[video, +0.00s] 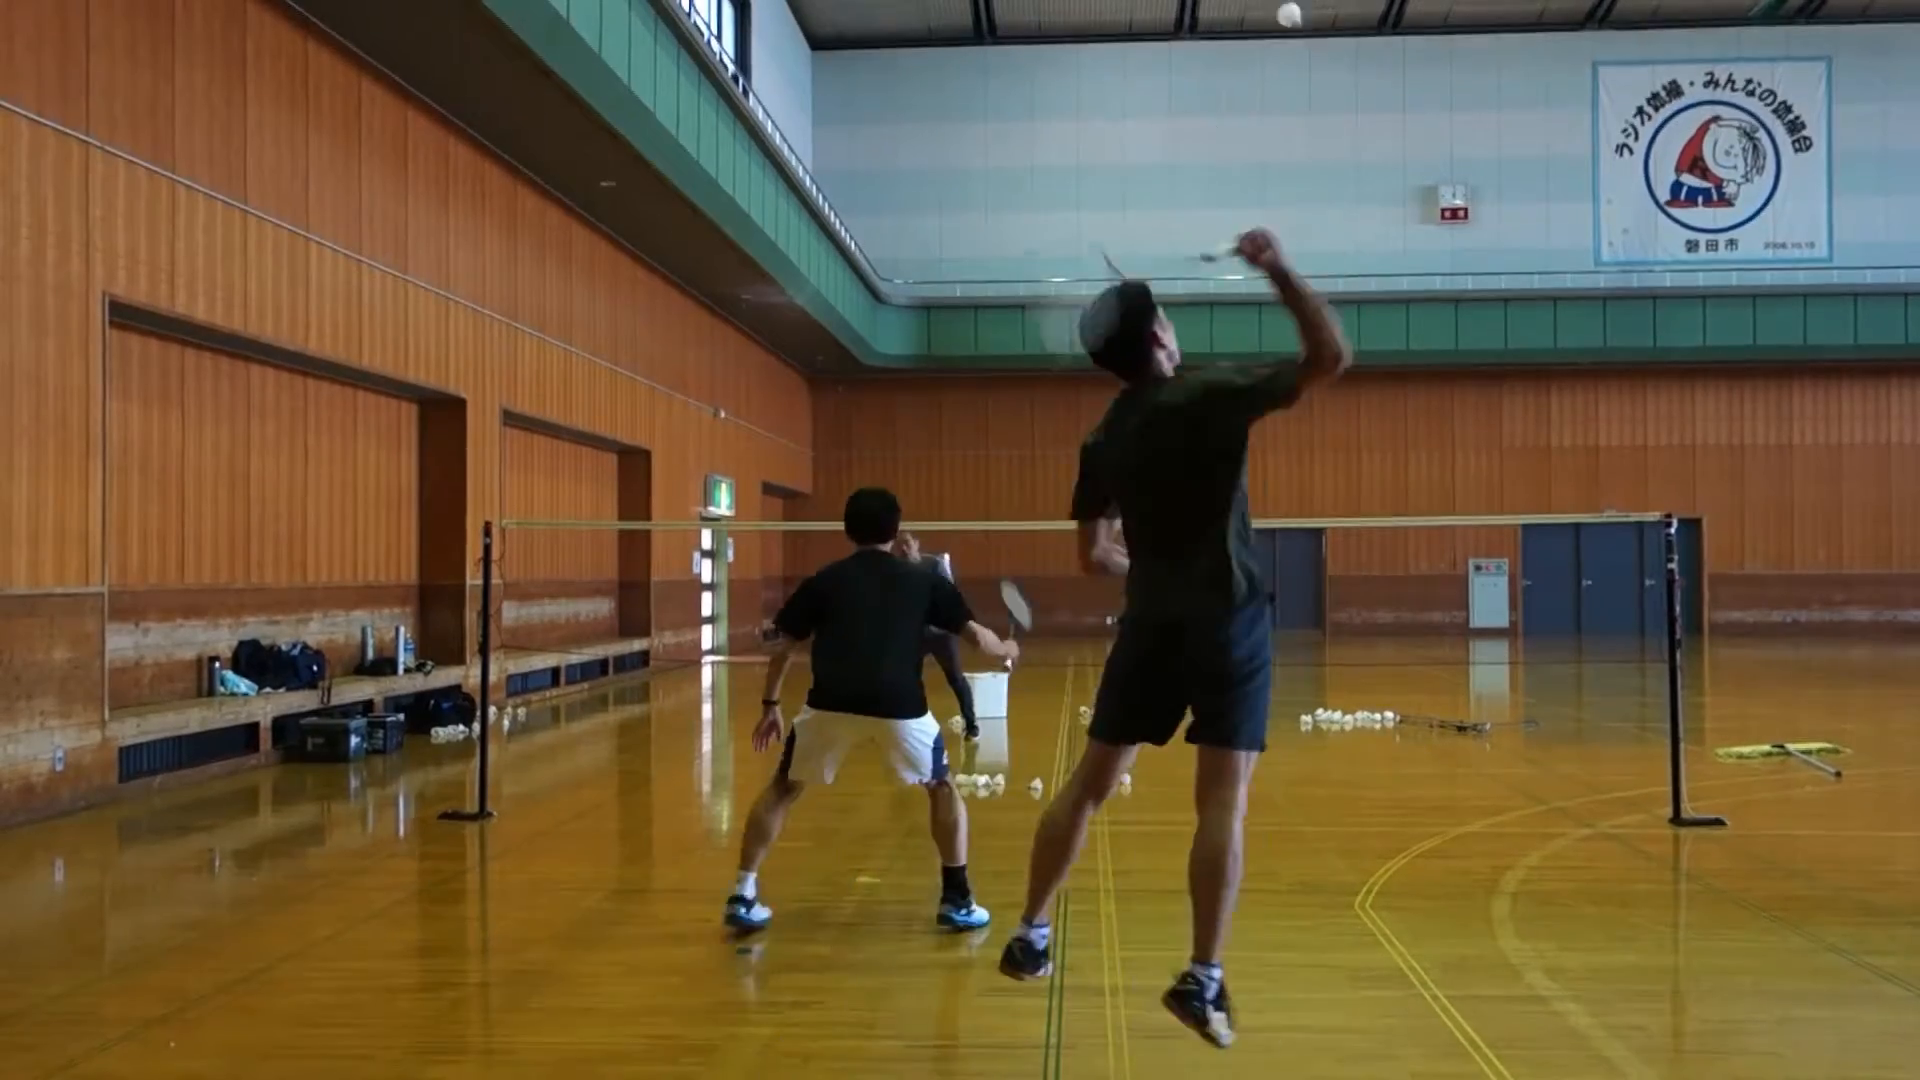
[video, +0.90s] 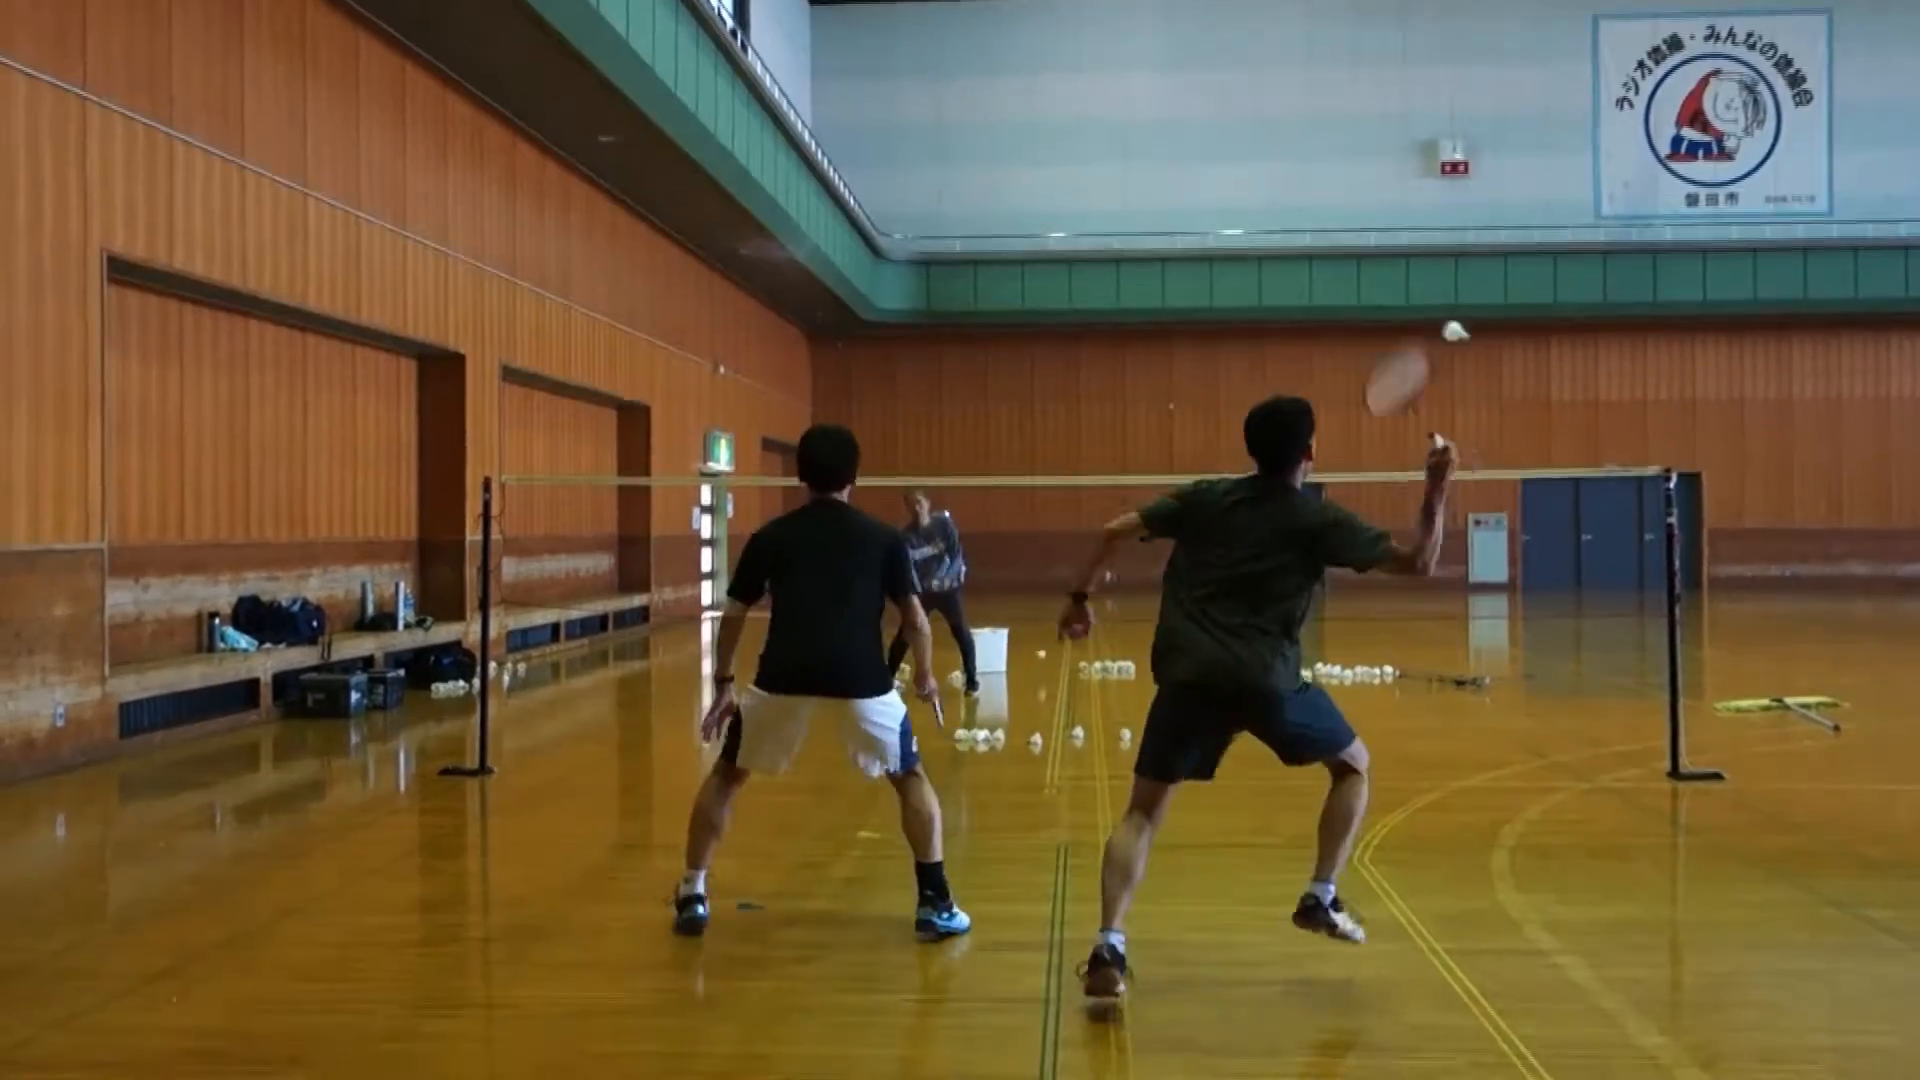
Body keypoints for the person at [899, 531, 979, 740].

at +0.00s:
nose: (904, 550)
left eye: (908, 544)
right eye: (900, 546)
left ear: (917, 545)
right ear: (894, 549)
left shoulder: (932, 565)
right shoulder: (890, 571)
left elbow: (948, 592)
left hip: (940, 628)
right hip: (912, 629)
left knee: (954, 676)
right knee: (908, 680)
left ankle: (970, 722)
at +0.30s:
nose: (917, 551)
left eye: (919, 546)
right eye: (912, 547)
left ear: (926, 547)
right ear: (907, 551)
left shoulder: (945, 571)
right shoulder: (903, 582)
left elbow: (965, 593)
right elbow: (895, 608)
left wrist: (964, 621)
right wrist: (905, 628)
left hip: (945, 634)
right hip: (916, 636)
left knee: (959, 680)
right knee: (899, 685)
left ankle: (970, 725)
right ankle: (887, 728)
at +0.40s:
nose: (916, 586)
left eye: (919, 581)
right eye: (912, 582)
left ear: (926, 582)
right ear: (906, 586)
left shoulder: (943, 605)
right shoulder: (902, 615)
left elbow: (963, 630)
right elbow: (897, 646)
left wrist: (962, 660)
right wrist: (915, 667)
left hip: (945, 671)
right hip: (916, 674)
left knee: (956, 714)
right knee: (898, 720)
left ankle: (970, 763)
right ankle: (887, 763)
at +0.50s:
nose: (914, 595)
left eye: (916, 589)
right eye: (910, 591)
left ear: (924, 590)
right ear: (905, 594)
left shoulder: (941, 612)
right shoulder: (903, 622)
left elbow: (963, 637)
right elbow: (901, 656)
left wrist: (958, 658)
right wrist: (898, 686)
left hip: (944, 678)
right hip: (917, 681)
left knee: (958, 723)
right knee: (900, 725)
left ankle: (971, 768)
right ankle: (888, 767)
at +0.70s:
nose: (912, 539)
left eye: (915, 534)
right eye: (907, 535)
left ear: (922, 533)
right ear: (903, 538)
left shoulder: (941, 554)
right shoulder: (905, 563)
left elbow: (939, 585)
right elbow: (902, 594)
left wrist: (910, 585)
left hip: (945, 618)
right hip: (919, 620)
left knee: (958, 660)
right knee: (902, 662)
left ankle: (970, 704)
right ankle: (889, 705)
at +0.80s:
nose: (915, 510)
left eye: (917, 505)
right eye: (910, 506)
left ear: (925, 505)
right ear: (905, 510)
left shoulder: (943, 526)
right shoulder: (905, 537)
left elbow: (948, 564)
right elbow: (900, 569)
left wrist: (922, 576)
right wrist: (911, 578)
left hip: (946, 590)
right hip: (920, 593)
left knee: (960, 632)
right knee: (903, 635)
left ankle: (971, 678)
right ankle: (890, 680)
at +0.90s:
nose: (917, 507)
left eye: (920, 502)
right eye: (912, 504)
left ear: (928, 503)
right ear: (908, 507)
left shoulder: (943, 523)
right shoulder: (906, 536)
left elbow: (956, 552)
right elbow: (906, 565)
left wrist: (948, 576)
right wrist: (915, 587)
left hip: (947, 590)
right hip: (921, 592)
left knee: (961, 632)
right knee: (904, 636)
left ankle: (971, 677)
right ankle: (888, 677)